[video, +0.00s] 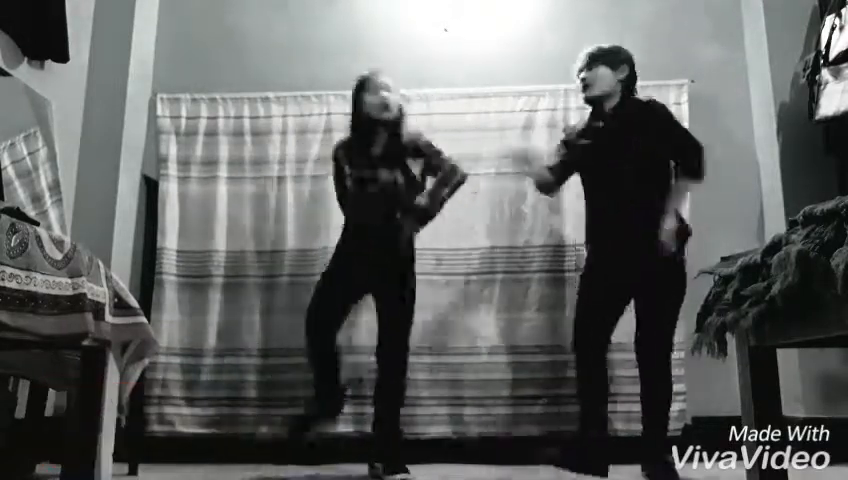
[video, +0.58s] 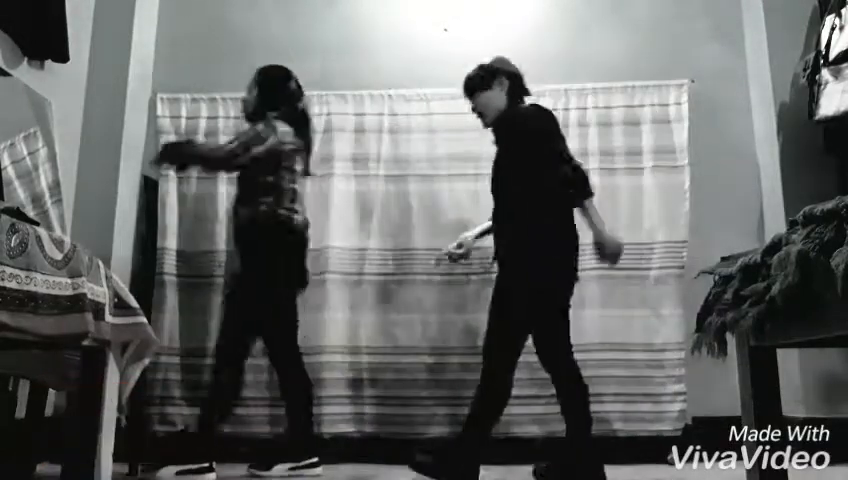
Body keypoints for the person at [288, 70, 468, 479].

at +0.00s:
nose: (384, 97)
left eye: (388, 90)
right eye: (374, 91)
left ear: (397, 101)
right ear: (359, 103)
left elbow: (452, 175)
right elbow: (347, 202)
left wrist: (421, 213)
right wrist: (385, 206)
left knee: (392, 352)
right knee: (319, 323)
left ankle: (387, 450)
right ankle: (327, 402)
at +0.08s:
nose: (340, 99)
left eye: (347, 91)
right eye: (337, 93)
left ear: (367, 93)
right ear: (339, 99)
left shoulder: (393, 142)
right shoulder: (339, 140)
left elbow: (411, 203)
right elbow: (330, 165)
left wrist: (401, 258)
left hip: (386, 258)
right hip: (349, 254)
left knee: (381, 352)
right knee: (316, 343)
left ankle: (386, 453)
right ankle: (310, 445)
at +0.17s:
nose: (315, 98)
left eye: (321, 90)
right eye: (316, 90)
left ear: (342, 95)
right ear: (331, 96)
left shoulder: (372, 135)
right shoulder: (324, 135)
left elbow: (392, 193)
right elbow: (300, 152)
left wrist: (402, 251)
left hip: (364, 253)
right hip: (334, 252)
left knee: (367, 351)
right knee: (306, 347)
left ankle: (390, 453)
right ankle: (304, 448)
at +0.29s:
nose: (291, 104)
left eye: (298, 98)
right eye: (294, 98)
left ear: (314, 107)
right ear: (318, 108)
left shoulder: (343, 146)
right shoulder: (293, 152)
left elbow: (380, 188)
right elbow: (251, 165)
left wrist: (414, 224)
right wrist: (202, 158)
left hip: (332, 261)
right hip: (313, 260)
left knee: (285, 341)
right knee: (286, 343)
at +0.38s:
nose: (278, 111)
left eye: (285, 104)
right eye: (281, 103)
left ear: (304, 110)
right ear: (304, 111)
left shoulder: (331, 148)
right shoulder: (293, 158)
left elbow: (366, 176)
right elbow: (250, 194)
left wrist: (385, 172)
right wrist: (199, 208)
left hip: (314, 261)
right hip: (302, 261)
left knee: (232, 312)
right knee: (282, 346)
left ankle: (303, 364)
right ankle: (301, 447)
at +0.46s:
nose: (268, 104)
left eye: (275, 97)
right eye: (271, 97)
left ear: (294, 100)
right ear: (305, 100)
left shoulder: (298, 139)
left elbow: (274, 206)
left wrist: (234, 251)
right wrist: (234, 250)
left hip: (293, 254)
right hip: (306, 254)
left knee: (245, 337)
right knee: (290, 348)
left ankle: (227, 435)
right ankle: (303, 443)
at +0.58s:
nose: (245, 96)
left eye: (251, 90)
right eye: (248, 89)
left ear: (264, 95)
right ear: (281, 97)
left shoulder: (269, 133)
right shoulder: (284, 134)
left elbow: (226, 157)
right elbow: (230, 156)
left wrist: (181, 151)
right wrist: (188, 152)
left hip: (266, 257)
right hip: (272, 257)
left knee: (230, 351)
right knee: (285, 354)